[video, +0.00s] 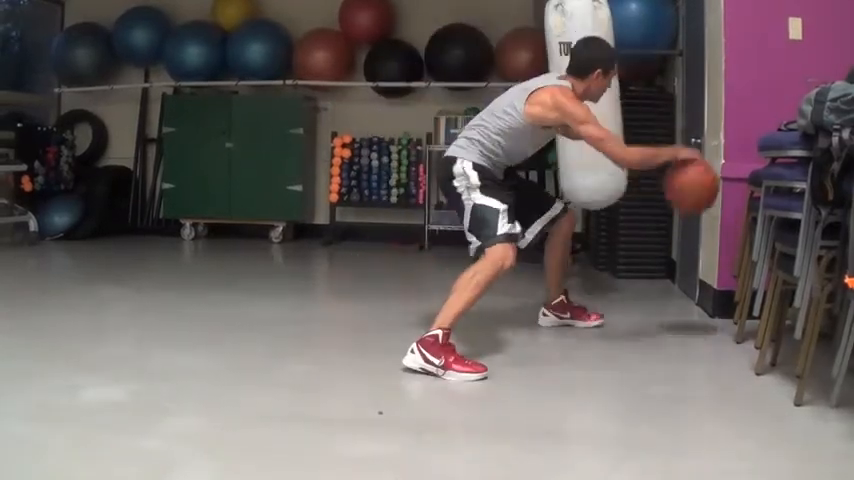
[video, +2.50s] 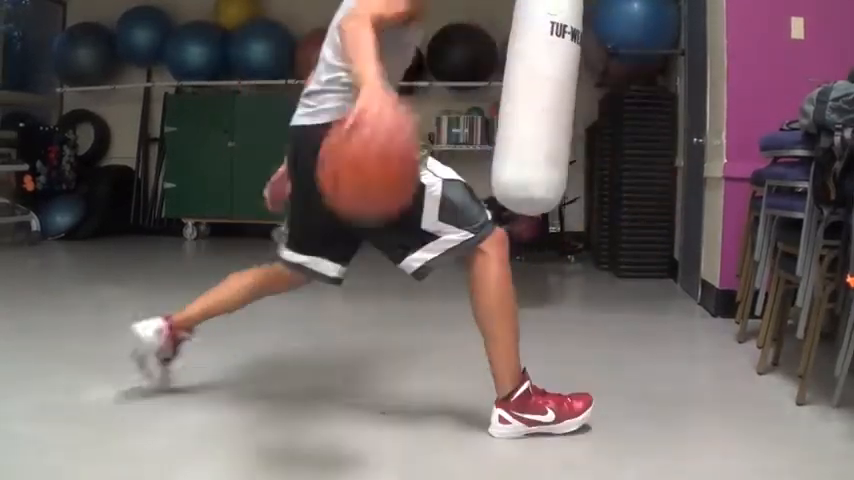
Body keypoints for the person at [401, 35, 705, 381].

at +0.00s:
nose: (608, 85)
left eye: (609, 78)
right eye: (609, 78)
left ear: (579, 69)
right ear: (595, 75)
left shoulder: (561, 91)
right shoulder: (561, 102)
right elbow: (625, 157)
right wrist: (677, 152)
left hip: (496, 169)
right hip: (468, 165)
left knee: (562, 218)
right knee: (501, 253)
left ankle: (555, 306)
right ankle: (433, 341)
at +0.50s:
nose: (619, 43)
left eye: (622, 37)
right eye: (621, 35)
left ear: (598, 23)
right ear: (611, 27)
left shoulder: (575, 45)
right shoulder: (577, 44)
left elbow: (584, 93)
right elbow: (583, 90)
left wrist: (632, 95)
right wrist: (638, 84)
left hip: (534, 132)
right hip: (515, 128)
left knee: (578, 199)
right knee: (537, 218)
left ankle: (545, 278)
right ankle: (481, 311)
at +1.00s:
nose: (601, 42)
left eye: (603, 35)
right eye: (601, 34)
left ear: (583, 26)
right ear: (589, 28)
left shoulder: (567, 58)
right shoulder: (549, 57)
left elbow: (563, 100)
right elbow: (536, 115)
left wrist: (606, 103)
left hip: (530, 156)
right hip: (506, 154)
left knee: (552, 221)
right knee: (552, 234)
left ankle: (550, 282)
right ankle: (494, 316)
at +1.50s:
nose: (549, 6)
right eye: (547, 5)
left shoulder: (471, 18)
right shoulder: (527, 18)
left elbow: (461, 95)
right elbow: (525, 99)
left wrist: (459, 170)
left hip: (461, 135)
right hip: (490, 133)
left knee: (515, 234)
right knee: (520, 249)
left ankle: (492, 319)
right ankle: (464, 355)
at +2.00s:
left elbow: (269, 27)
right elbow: (445, 50)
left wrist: (267, 76)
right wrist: (475, 141)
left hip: (310, 111)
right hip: (383, 114)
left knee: (247, 237)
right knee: (463, 241)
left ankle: (165, 356)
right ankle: (476, 368)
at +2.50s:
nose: (420, 14)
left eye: (416, 13)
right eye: (418, 9)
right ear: (418, 1)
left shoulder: (364, 20)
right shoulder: (404, 6)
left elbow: (331, 88)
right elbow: (353, 19)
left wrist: (296, 163)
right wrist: (374, 87)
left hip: (317, 138)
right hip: (347, 134)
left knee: (296, 268)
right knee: (488, 239)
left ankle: (172, 328)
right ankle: (514, 397)